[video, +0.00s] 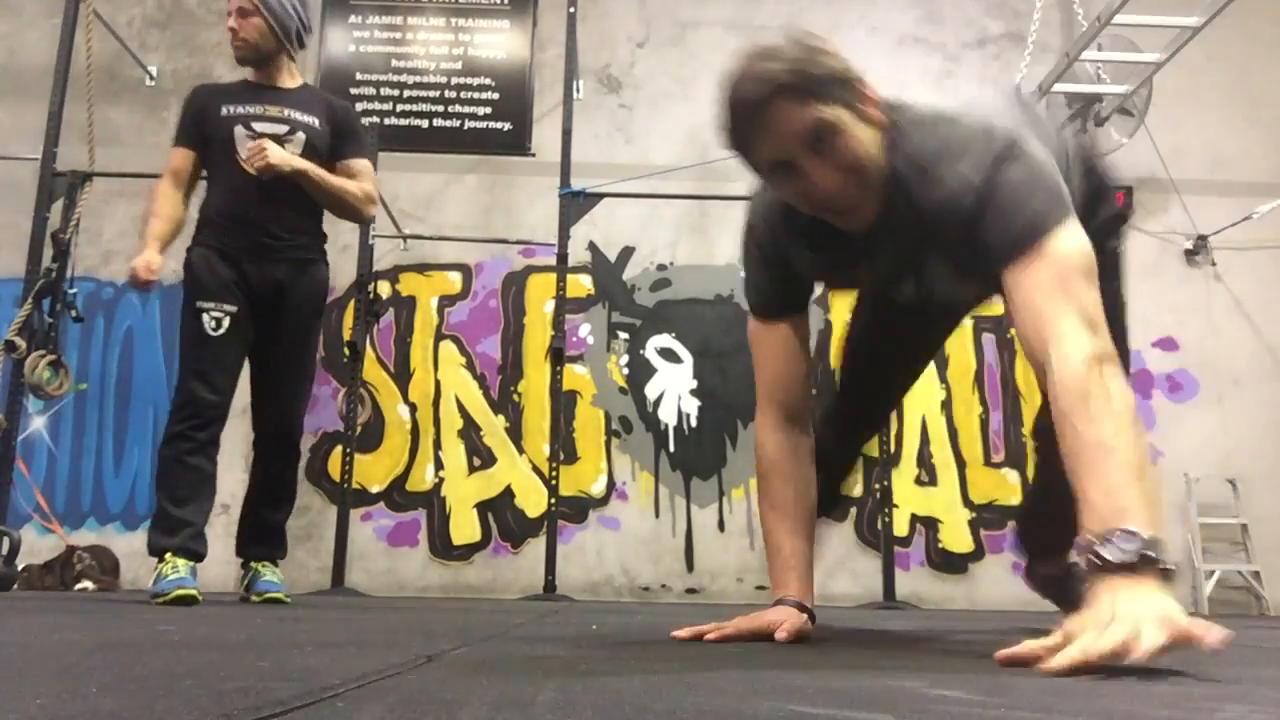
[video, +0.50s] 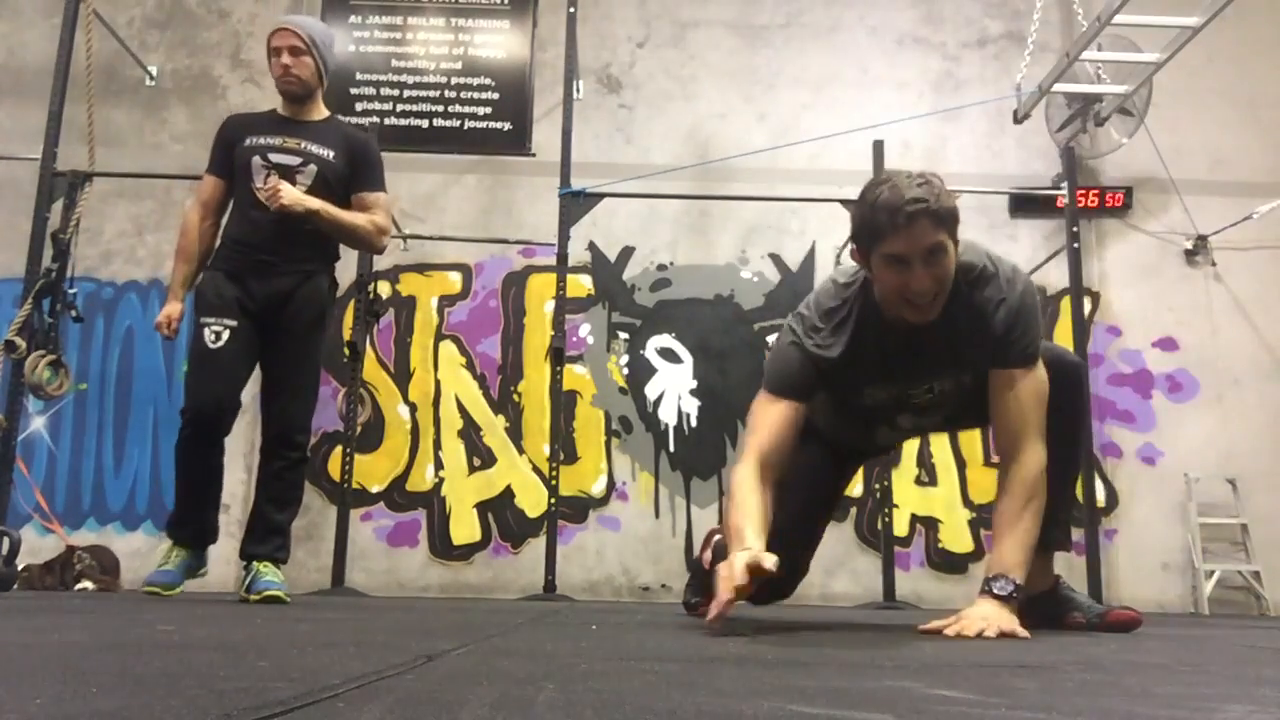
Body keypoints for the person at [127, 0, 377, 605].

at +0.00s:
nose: (232, 23)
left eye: (246, 14)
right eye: (231, 13)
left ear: (286, 26)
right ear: (236, 26)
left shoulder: (334, 113)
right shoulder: (208, 101)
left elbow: (366, 203)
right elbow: (175, 182)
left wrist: (299, 165)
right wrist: (153, 245)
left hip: (296, 281)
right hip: (218, 273)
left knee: (280, 424)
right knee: (198, 410)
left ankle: (262, 560)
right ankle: (176, 557)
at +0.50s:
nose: (285, 63)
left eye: (296, 53)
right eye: (276, 55)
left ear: (323, 63)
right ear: (268, 67)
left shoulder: (355, 142)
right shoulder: (238, 130)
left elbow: (378, 233)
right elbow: (203, 212)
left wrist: (306, 203)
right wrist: (176, 294)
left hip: (303, 298)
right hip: (229, 291)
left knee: (288, 434)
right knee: (204, 413)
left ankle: (265, 562)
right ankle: (187, 546)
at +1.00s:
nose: (269, 87)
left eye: (278, 80)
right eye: (258, 79)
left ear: (293, 94)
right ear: (241, 94)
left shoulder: (323, 165)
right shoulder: (210, 155)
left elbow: (350, 246)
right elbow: (178, 223)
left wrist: (296, 222)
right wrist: (166, 269)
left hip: (287, 315)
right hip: (220, 311)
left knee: (276, 435)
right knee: (213, 440)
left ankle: (266, 559)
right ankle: (209, 561)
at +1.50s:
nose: (272, 101)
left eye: (280, 94)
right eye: (261, 93)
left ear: (292, 107)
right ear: (242, 105)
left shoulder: (317, 174)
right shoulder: (209, 166)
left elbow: (349, 255)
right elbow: (179, 246)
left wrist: (316, 235)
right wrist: (170, 326)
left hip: (298, 323)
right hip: (231, 320)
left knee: (314, 445)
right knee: (218, 446)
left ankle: (305, 565)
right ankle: (211, 563)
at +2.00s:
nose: (342, 129)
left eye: (350, 123)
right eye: (332, 120)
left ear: (357, 137)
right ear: (309, 128)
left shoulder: (363, 198)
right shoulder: (275, 178)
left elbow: (375, 286)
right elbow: (239, 244)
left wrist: (379, 272)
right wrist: (239, 308)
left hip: (342, 331)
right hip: (285, 321)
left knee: (318, 452)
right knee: (277, 430)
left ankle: (300, 569)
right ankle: (225, 555)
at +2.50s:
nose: (389, 126)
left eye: (397, 120)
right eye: (380, 114)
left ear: (398, 129)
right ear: (352, 115)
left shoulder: (363, 180)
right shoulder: (325, 159)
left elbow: (363, 269)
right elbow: (314, 227)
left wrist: (413, 292)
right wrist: (359, 289)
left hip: (346, 317)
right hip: (322, 314)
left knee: (340, 435)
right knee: (326, 435)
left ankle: (311, 563)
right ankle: (306, 566)